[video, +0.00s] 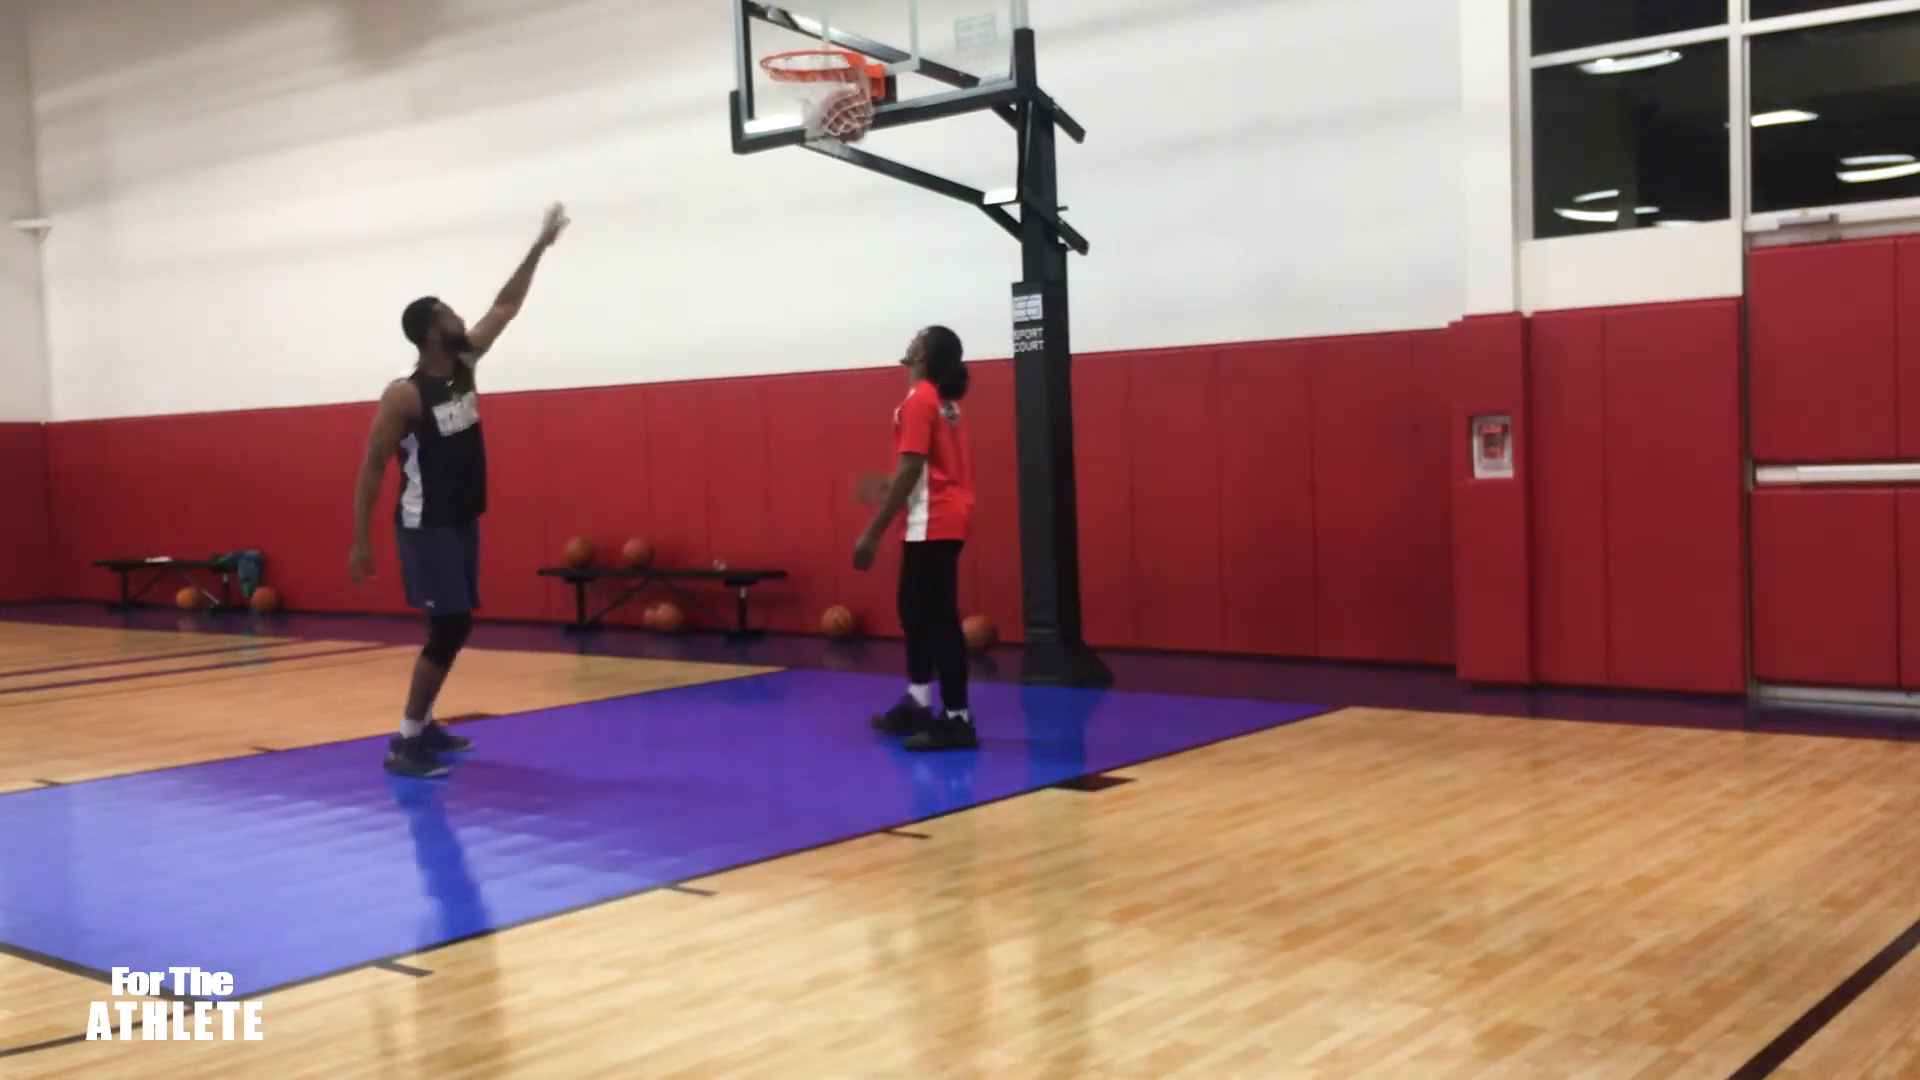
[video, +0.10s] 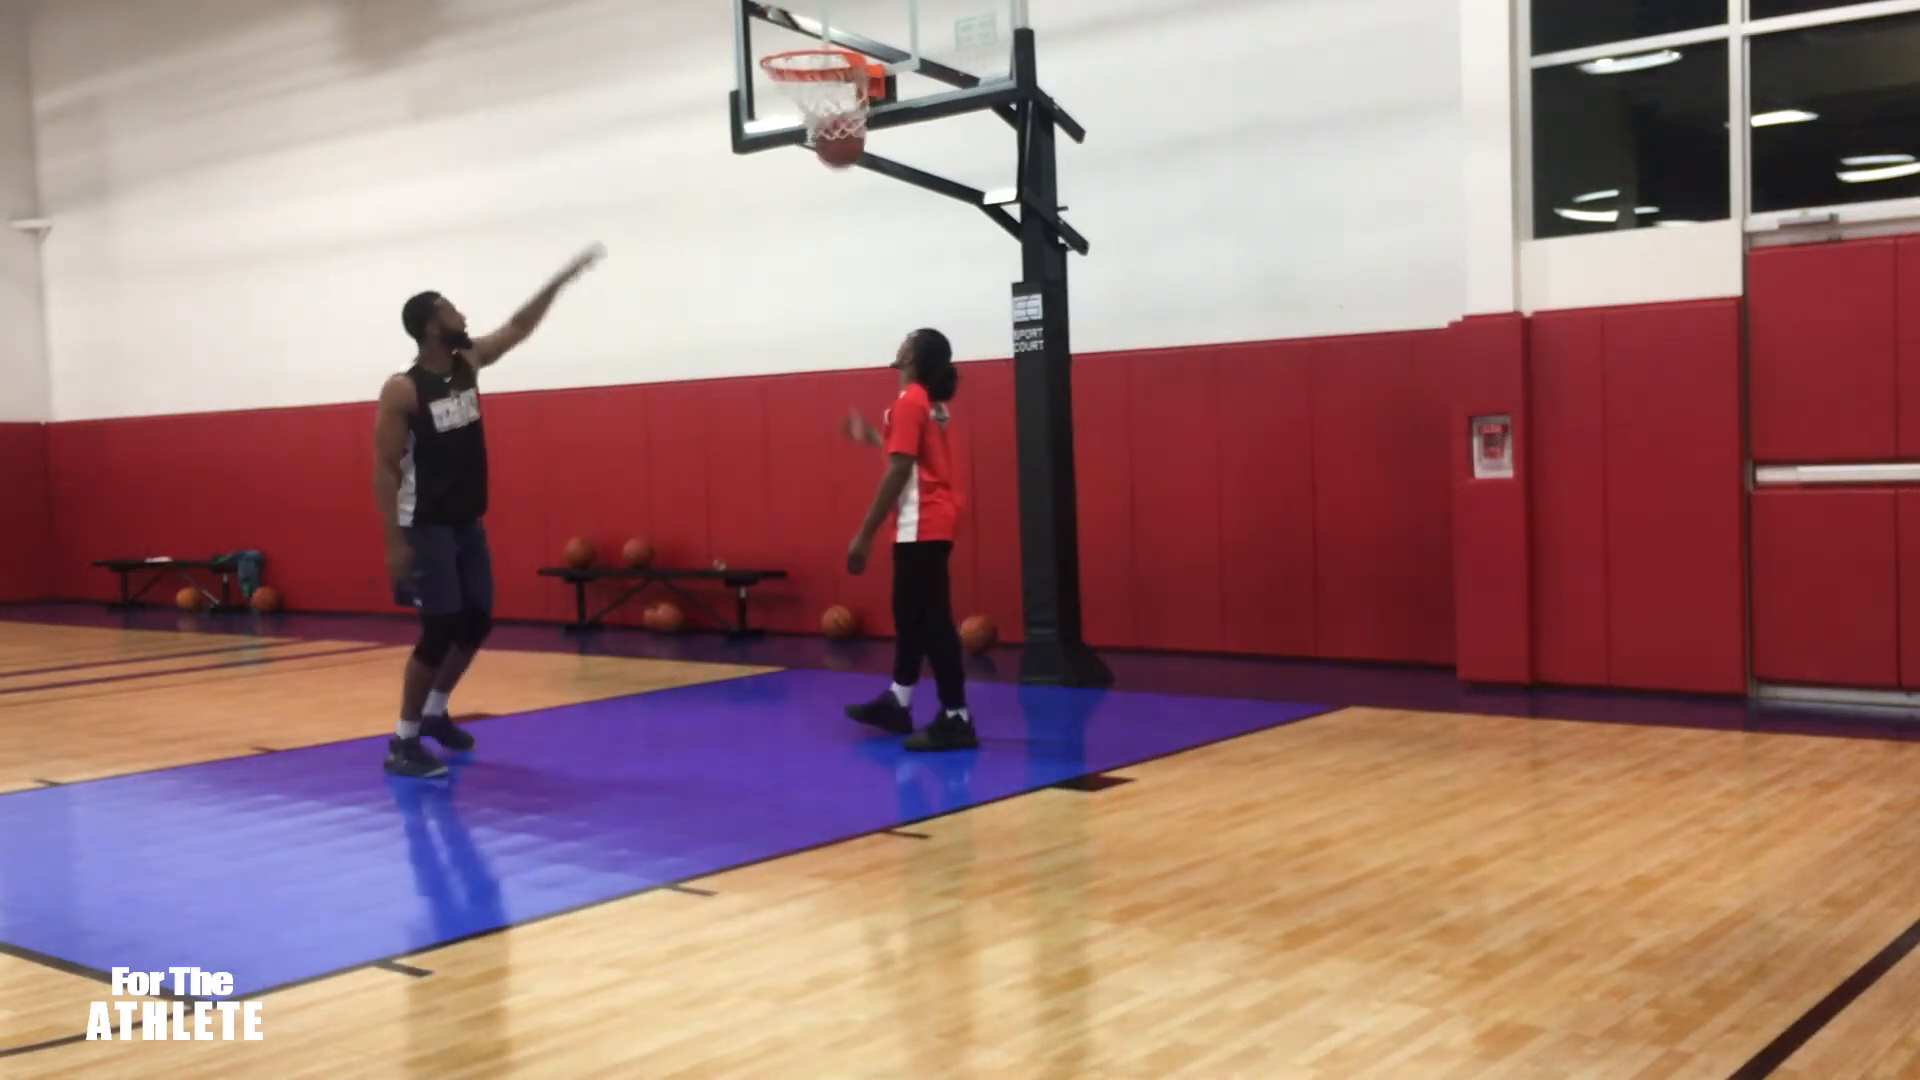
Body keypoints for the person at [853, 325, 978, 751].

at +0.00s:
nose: (908, 347)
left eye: (915, 342)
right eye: (912, 340)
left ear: (925, 354)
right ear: (935, 359)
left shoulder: (920, 397)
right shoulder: (936, 398)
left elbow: (911, 467)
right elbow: (931, 469)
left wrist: (872, 534)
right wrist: (888, 485)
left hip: (935, 520)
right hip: (933, 518)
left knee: (936, 614)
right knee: (913, 608)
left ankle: (956, 717)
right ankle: (919, 701)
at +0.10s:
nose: (898, 350)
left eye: (904, 345)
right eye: (903, 344)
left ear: (913, 357)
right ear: (928, 361)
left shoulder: (909, 400)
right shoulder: (923, 400)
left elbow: (900, 468)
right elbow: (916, 454)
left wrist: (864, 536)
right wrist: (874, 436)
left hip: (925, 525)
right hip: (922, 523)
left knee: (932, 618)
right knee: (908, 613)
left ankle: (955, 717)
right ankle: (898, 700)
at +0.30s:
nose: (881, 346)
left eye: (887, 342)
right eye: (886, 341)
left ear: (896, 356)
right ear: (906, 360)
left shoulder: (894, 401)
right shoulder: (896, 399)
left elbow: (888, 469)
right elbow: (868, 419)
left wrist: (860, 535)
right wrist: (845, 379)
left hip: (904, 525)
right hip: (894, 523)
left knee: (904, 614)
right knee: (882, 610)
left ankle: (946, 709)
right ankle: (890, 702)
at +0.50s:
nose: (860, 349)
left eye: (868, 344)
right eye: (864, 342)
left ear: (887, 357)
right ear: (884, 358)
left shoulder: (894, 399)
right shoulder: (877, 399)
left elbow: (893, 470)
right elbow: (858, 451)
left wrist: (862, 531)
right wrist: (819, 420)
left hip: (897, 522)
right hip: (882, 521)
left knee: (886, 609)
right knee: (878, 609)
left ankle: (922, 703)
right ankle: (890, 700)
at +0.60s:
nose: (853, 351)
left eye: (861, 346)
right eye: (856, 344)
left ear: (883, 357)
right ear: (878, 357)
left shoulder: (891, 398)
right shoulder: (874, 399)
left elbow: (893, 469)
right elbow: (865, 468)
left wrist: (868, 531)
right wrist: (812, 458)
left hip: (896, 525)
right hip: (880, 524)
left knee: (885, 610)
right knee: (875, 611)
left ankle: (913, 705)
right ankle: (888, 698)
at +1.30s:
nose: (872, 354)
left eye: (882, 348)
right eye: (873, 347)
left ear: (907, 355)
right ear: (882, 354)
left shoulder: (925, 400)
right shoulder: (874, 407)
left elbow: (939, 468)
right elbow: (872, 468)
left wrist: (928, 533)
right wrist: (826, 488)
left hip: (915, 533)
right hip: (879, 534)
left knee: (920, 621)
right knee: (884, 619)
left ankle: (927, 708)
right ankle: (889, 703)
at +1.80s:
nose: (924, 356)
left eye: (932, 350)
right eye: (918, 348)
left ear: (946, 355)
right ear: (906, 352)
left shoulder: (963, 407)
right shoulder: (889, 403)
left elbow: (982, 470)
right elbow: (872, 462)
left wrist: (985, 535)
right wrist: (869, 523)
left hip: (949, 533)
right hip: (898, 532)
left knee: (941, 628)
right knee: (896, 623)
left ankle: (933, 716)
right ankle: (894, 711)